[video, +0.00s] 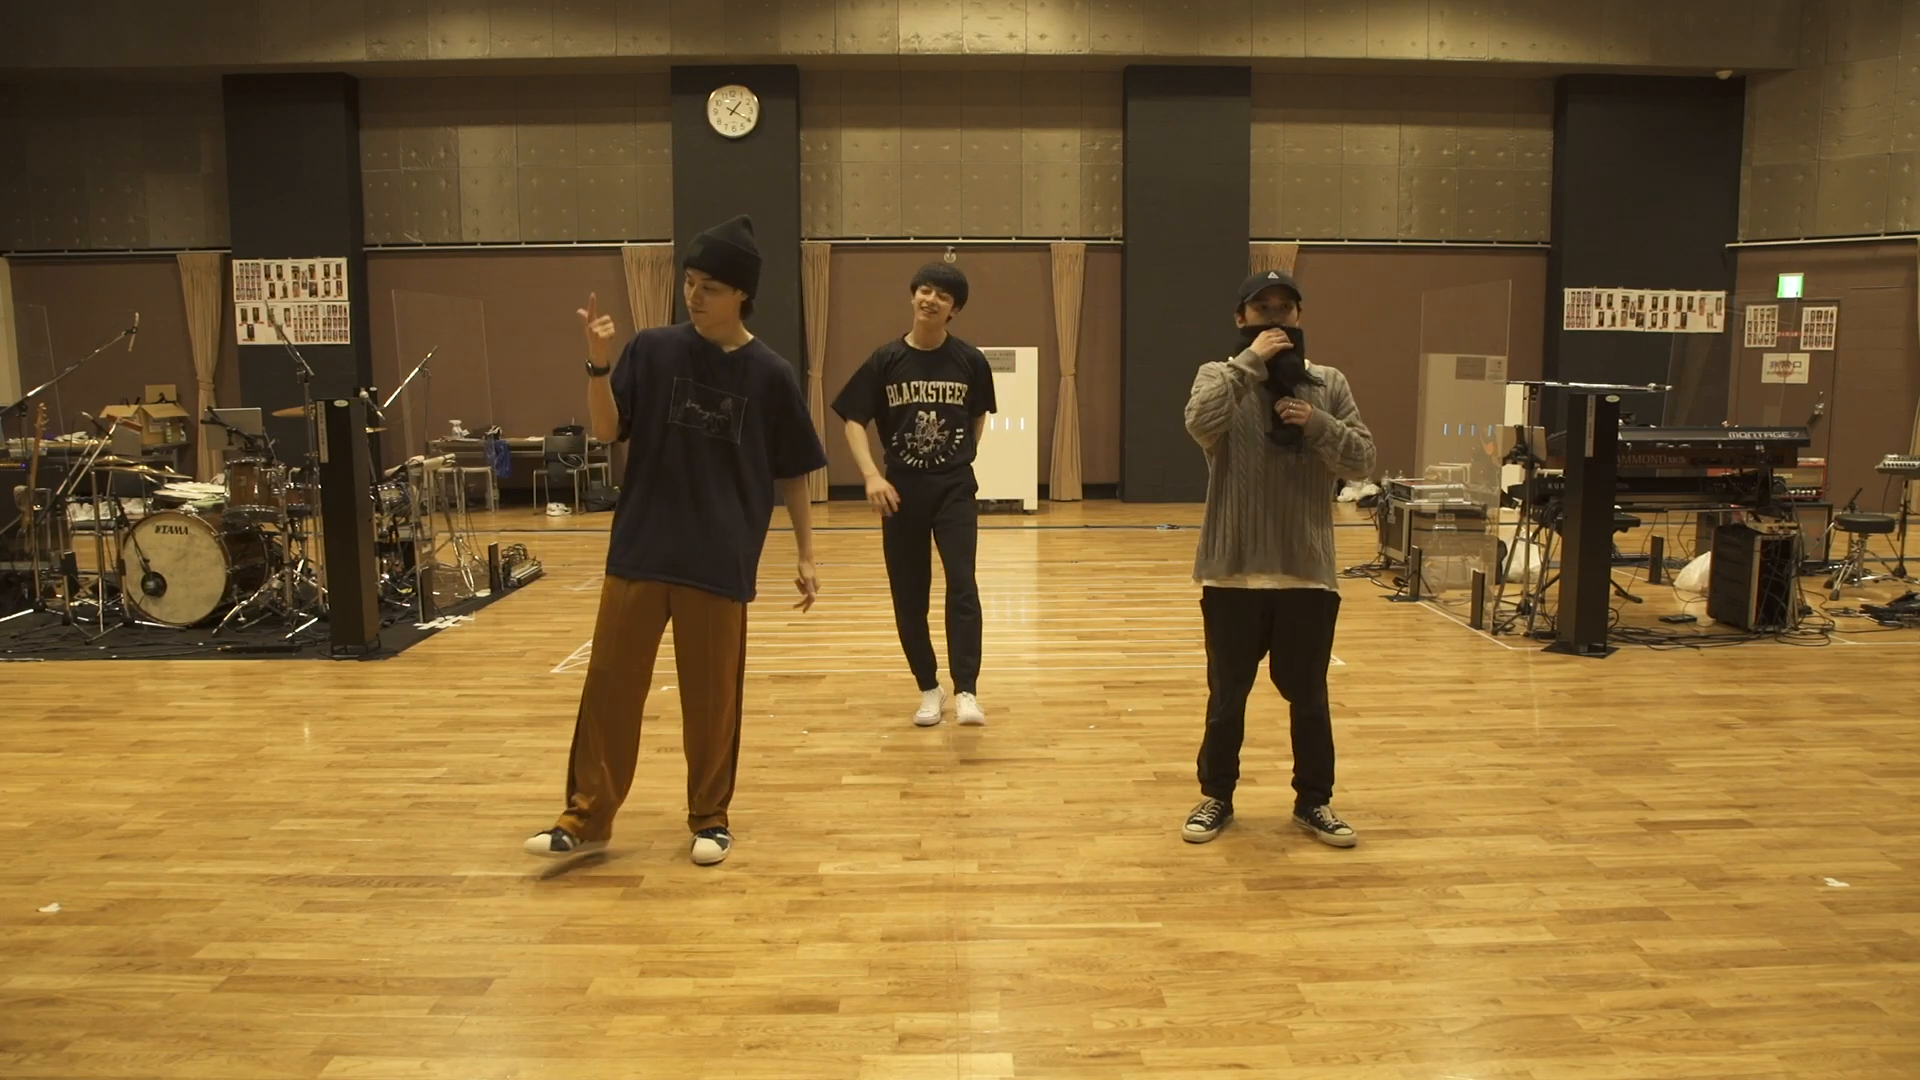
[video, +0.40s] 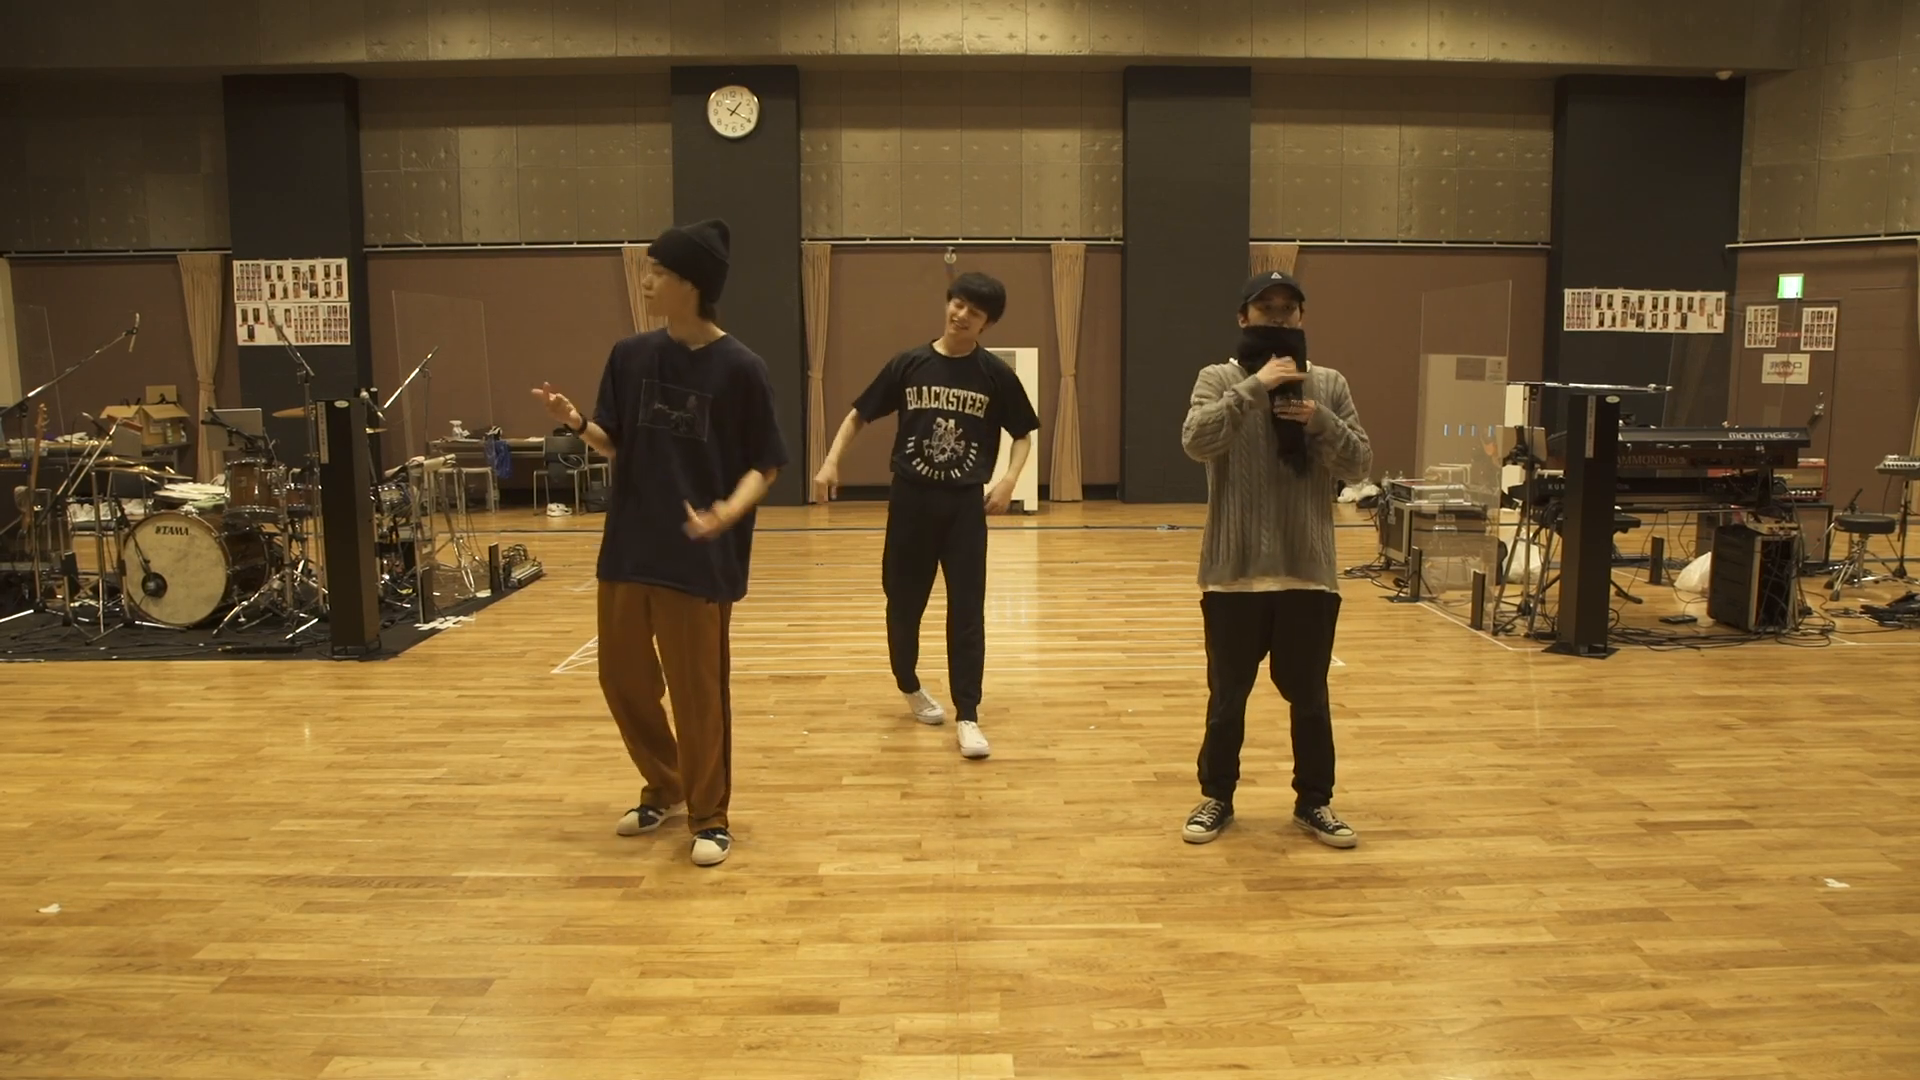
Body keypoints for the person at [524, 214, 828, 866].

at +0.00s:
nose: (695, 296)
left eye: (710, 287)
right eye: (691, 283)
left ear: (743, 295)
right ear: (684, 285)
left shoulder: (771, 374)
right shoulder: (650, 349)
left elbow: (795, 474)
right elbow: (606, 429)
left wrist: (807, 557)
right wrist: (600, 363)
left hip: (717, 558)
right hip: (639, 548)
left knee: (712, 694)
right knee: (609, 683)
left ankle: (710, 820)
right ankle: (587, 817)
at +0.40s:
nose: (649, 284)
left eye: (661, 275)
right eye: (651, 273)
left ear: (696, 286)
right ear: (667, 283)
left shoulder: (741, 370)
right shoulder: (629, 357)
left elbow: (765, 464)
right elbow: (616, 443)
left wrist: (724, 513)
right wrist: (578, 421)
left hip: (698, 558)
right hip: (627, 551)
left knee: (698, 690)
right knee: (623, 677)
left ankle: (710, 819)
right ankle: (664, 784)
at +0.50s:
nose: (625, 281)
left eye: (635, 271)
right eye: (625, 270)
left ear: (672, 279)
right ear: (652, 279)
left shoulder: (722, 359)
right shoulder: (622, 353)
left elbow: (742, 454)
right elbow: (611, 441)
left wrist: (676, 464)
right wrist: (571, 425)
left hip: (686, 553)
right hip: (621, 549)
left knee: (687, 685)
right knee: (623, 677)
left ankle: (710, 817)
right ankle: (661, 790)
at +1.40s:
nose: (602, 287)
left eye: (617, 276)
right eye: (595, 275)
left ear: (647, 282)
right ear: (586, 281)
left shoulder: (687, 354)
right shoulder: (572, 363)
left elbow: (740, 426)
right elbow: (566, 448)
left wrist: (695, 472)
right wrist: (580, 511)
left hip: (675, 544)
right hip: (609, 548)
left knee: (684, 675)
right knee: (633, 675)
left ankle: (694, 818)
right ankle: (665, 793)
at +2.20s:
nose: (680, 287)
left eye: (693, 276)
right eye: (670, 275)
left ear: (717, 284)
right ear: (658, 283)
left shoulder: (748, 363)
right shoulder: (629, 358)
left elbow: (763, 461)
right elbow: (612, 450)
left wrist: (763, 541)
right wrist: (616, 522)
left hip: (728, 547)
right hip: (653, 548)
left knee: (738, 678)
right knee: (654, 678)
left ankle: (751, 798)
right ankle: (669, 791)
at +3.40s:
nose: (588, 292)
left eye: (600, 280)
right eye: (578, 281)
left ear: (629, 280)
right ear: (567, 285)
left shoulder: (670, 356)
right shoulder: (550, 362)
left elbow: (711, 444)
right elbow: (541, 449)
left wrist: (674, 507)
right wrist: (539, 520)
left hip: (651, 552)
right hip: (578, 557)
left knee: (688, 677)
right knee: (599, 692)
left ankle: (739, 797)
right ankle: (624, 809)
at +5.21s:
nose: (671, 283)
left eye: (684, 272)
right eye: (661, 272)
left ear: (709, 280)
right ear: (649, 281)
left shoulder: (745, 360)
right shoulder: (623, 357)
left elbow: (763, 459)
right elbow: (611, 455)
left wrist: (763, 541)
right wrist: (613, 536)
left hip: (728, 552)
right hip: (651, 551)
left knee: (727, 687)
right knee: (639, 686)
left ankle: (721, 802)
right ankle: (628, 801)